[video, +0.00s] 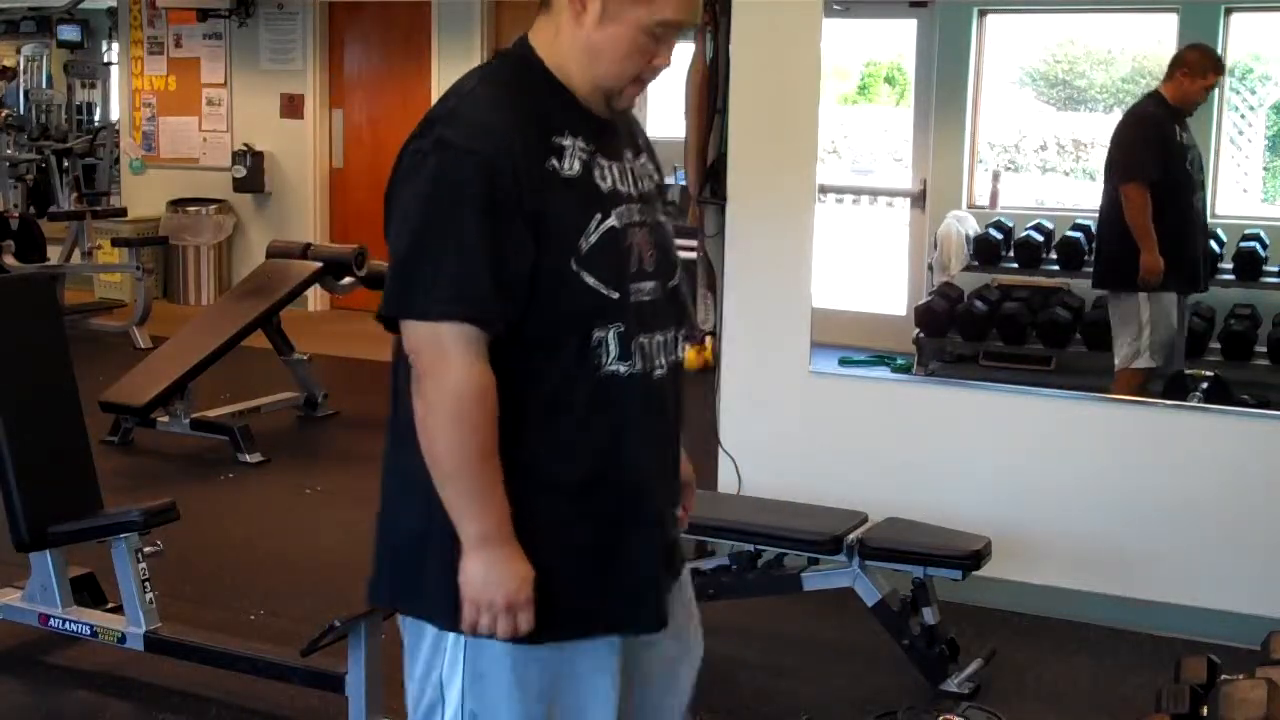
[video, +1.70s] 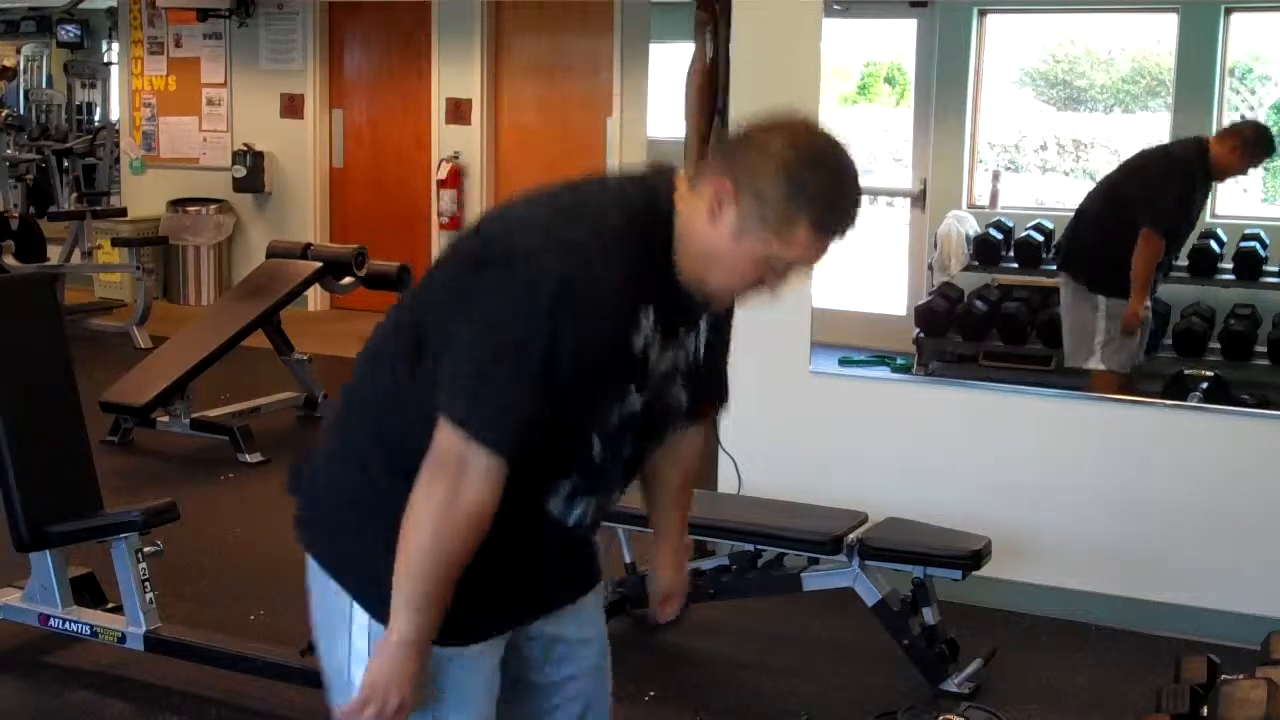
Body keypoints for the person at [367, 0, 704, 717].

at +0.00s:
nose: (666, 61)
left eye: (675, 39)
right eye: (657, 34)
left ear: (586, 13)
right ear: (583, 8)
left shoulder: (621, 134)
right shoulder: (472, 138)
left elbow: (620, 322)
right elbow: (443, 353)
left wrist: (660, 448)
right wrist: (486, 542)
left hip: (634, 549)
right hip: (514, 572)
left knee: (658, 695)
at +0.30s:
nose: (694, 87)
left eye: (708, 69)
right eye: (687, 61)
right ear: (619, 15)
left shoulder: (653, 147)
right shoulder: (495, 141)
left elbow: (642, 337)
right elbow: (445, 341)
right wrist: (436, 529)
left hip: (633, 552)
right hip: (517, 571)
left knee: (622, 707)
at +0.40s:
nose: (709, 96)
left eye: (726, 74)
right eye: (701, 66)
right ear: (633, 18)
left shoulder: (673, 142)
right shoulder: (508, 141)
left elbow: (658, 331)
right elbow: (451, 333)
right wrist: (446, 518)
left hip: (644, 551)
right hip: (522, 569)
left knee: (636, 707)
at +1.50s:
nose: (747, 171)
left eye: (763, 155)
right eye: (745, 147)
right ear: (687, 90)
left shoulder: (693, 184)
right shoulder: (525, 172)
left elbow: (683, 344)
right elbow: (447, 367)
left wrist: (678, 479)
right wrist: (406, 548)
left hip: (576, 565)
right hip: (457, 576)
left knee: (556, 709)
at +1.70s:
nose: (772, 288)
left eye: (790, 274)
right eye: (771, 263)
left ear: (719, 203)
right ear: (718, 201)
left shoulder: (702, 271)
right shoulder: (550, 257)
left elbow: (683, 419)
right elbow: (460, 464)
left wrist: (669, 546)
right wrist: (404, 641)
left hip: (548, 545)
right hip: (412, 561)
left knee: (577, 708)